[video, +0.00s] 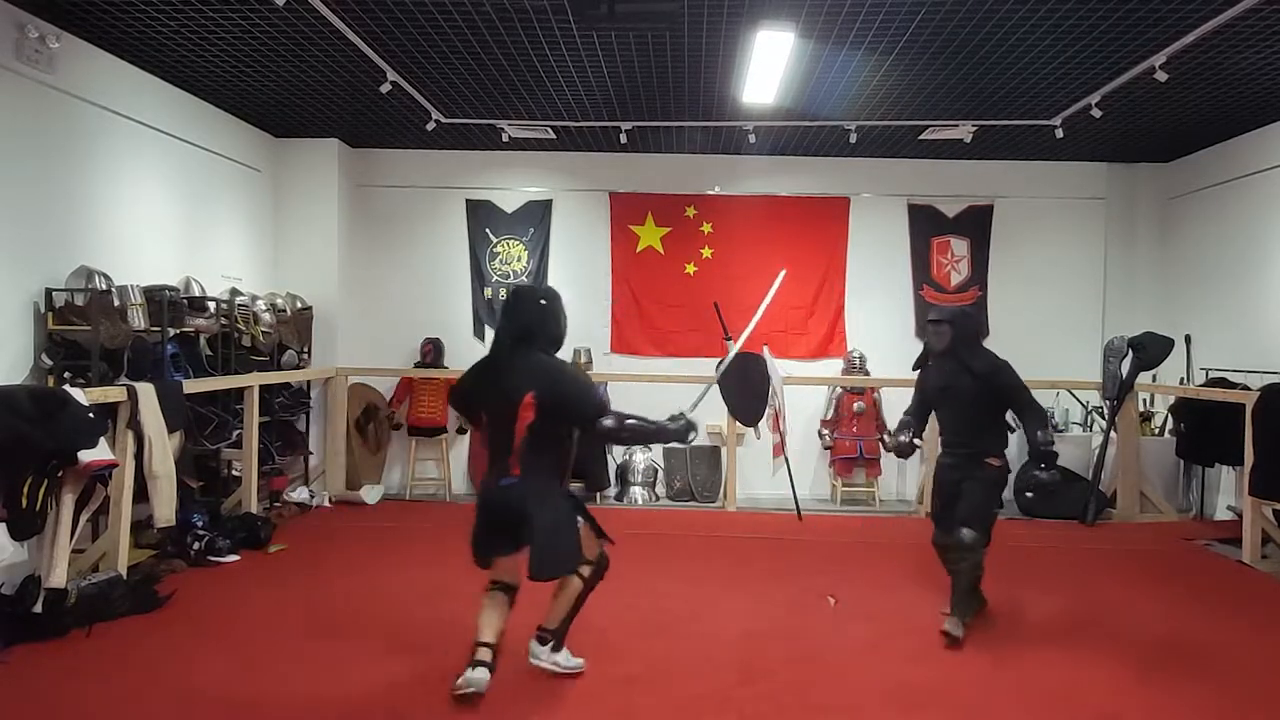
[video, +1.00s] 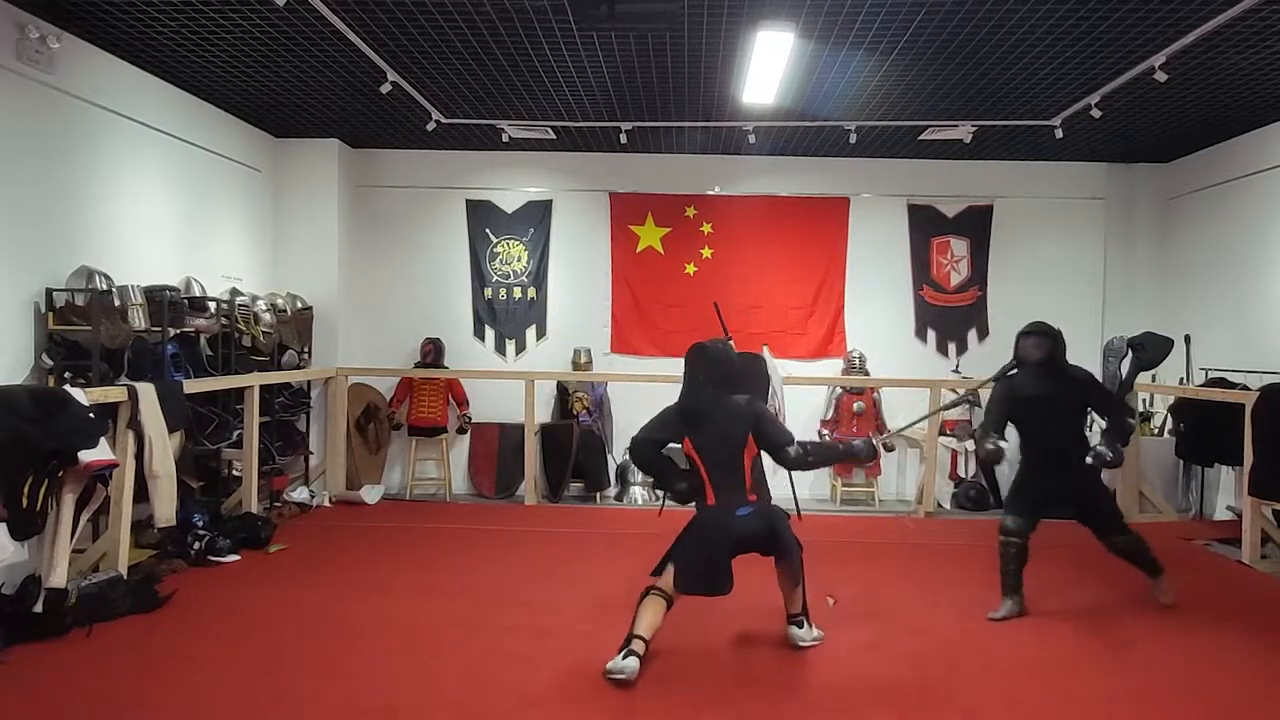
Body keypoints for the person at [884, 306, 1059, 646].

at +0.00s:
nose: (932, 331)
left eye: (940, 324)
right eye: (929, 324)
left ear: (959, 328)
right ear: (925, 328)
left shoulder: (990, 368)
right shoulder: (930, 371)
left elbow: (1031, 411)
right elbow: (917, 412)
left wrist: (1041, 445)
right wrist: (905, 434)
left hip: (986, 464)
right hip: (949, 462)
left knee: (968, 538)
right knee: (943, 540)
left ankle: (957, 615)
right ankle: (972, 597)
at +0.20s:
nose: (954, 338)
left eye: (961, 331)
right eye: (950, 331)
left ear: (981, 333)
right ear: (946, 335)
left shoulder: (1011, 368)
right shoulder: (952, 372)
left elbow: (1058, 409)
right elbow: (928, 403)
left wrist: (1059, 455)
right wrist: (905, 421)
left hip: (1013, 463)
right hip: (972, 462)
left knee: (1003, 537)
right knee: (953, 533)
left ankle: (1035, 595)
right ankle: (971, 597)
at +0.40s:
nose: (989, 345)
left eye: (996, 339)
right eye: (986, 339)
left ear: (1016, 341)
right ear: (983, 342)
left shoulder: (1043, 369)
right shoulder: (982, 374)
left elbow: (1099, 389)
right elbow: (942, 376)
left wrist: (1097, 420)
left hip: (1043, 473)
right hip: (1003, 474)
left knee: (1077, 544)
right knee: (977, 534)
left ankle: (1109, 565)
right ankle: (972, 597)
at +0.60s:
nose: (1032, 369)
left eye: (1039, 364)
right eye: (1031, 363)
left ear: (1058, 367)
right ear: (1029, 365)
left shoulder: (1089, 397)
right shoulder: (1025, 396)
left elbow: (1130, 404)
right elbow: (983, 386)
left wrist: (1162, 405)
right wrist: (973, 344)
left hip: (1082, 488)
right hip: (1042, 484)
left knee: (1105, 551)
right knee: (1022, 533)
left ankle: (1133, 578)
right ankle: (1007, 589)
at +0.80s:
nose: (1043, 353)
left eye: (1050, 346)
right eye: (1038, 346)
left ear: (1066, 351)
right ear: (1029, 350)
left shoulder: (1093, 380)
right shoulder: (1022, 382)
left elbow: (1130, 415)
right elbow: (982, 397)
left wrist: (1102, 415)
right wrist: (943, 389)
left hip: (1087, 472)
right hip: (1043, 471)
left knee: (1116, 538)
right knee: (1022, 525)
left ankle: (1140, 571)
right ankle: (1013, 591)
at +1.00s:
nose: (1033, 349)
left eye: (1040, 342)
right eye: (1027, 343)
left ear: (1055, 347)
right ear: (1017, 349)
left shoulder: (1077, 380)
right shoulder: (1008, 387)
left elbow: (1121, 414)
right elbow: (988, 431)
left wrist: (1110, 444)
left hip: (1077, 473)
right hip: (1033, 474)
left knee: (1117, 539)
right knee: (1011, 530)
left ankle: (1158, 576)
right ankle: (1012, 599)